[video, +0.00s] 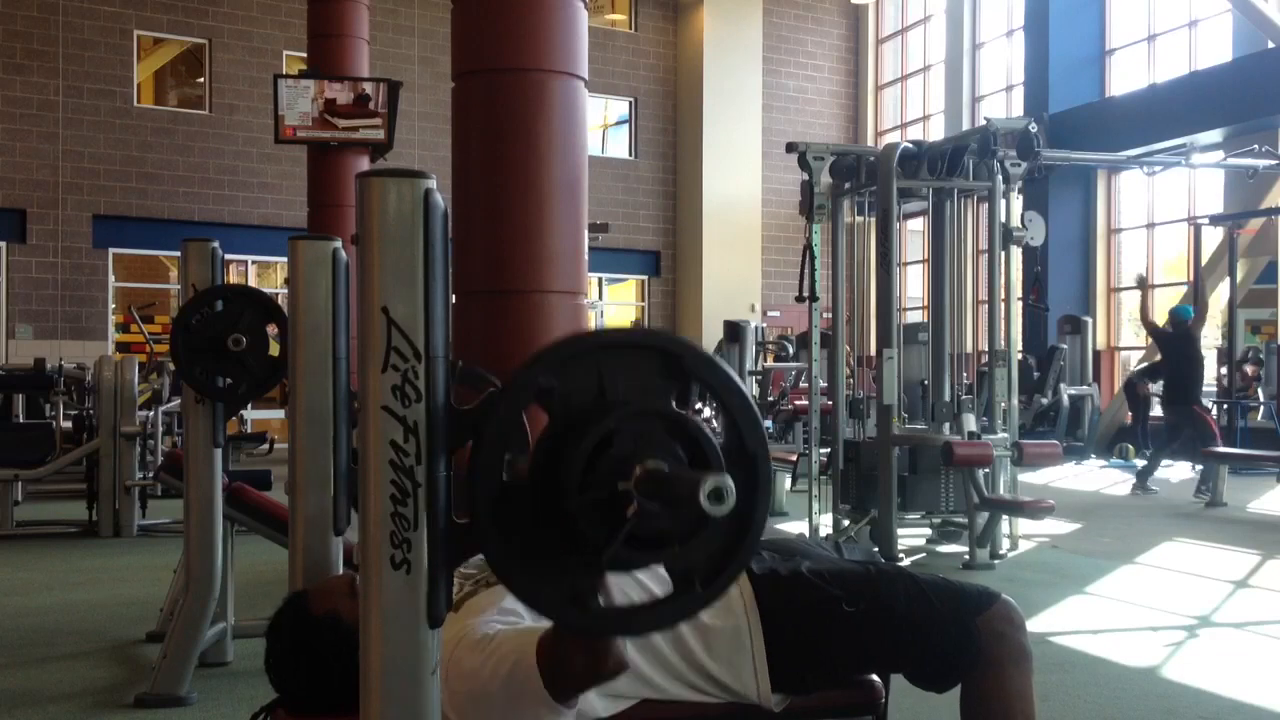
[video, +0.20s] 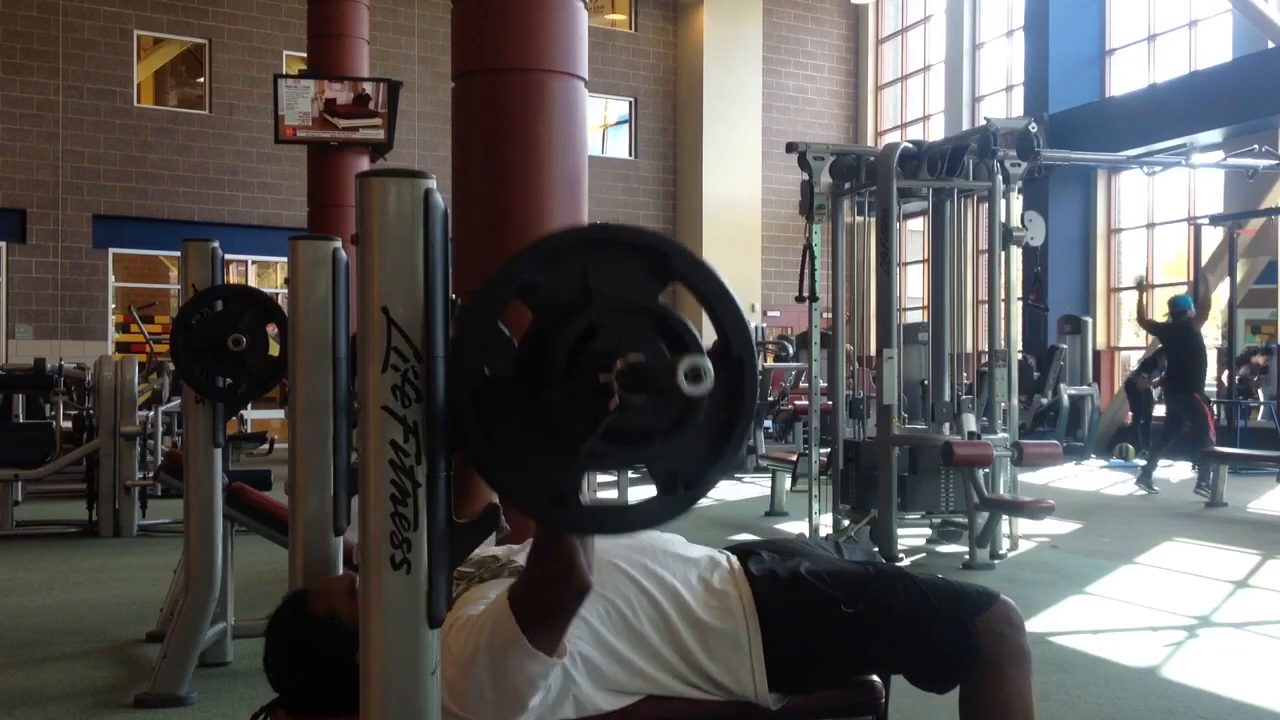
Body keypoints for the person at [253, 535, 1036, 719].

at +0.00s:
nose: (366, 577)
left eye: (352, 579)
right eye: (350, 595)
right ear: (358, 649)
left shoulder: (465, 603)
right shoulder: (452, 671)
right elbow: (585, 660)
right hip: (728, 622)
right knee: (988, 624)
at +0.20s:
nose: (367, 570)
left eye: (352, 570)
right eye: (352, 585)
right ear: (356, 639)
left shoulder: (462, 603)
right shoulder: (467, 683)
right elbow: (559, 579)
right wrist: (538, 457)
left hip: (738, 577)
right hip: (755, 610)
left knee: (861, 693)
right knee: (987, 624)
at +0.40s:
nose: (366, 565)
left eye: (347, 566)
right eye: (348, 583)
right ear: (359, 648)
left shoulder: (445, 631)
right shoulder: (473, 675)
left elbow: (468, 485)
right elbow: (519, 510)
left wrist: (495, 345)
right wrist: (523, 337)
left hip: (730, 570)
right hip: (757, 614)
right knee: (991, 626)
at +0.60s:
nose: (363, 571)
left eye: (347, 571)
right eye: (348, 587)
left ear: (349, 648)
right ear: (356, 642)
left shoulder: (446, 635)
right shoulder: (469, 670)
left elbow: (488, 484)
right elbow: (505, 481)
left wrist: (497, 336)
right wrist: (530, 311)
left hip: (724, 576)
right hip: (747, 616)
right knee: (990, 628)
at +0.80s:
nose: (362, 581)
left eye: (346, 582)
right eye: (346, 597)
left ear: (354, 639)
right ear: (358, 649)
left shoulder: (438, 629)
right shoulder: (461, 679)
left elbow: (489, 498)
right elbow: (501, 506)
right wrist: (516, 357)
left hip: (717, 578)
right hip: (739, 620)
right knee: (990, 627)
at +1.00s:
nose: (365, 572)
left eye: (348, 572)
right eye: (349, 591)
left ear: (348, 664)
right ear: (358, 651)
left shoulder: (447, 633)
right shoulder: (470, 675)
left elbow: (554, 516)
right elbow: (541, 523)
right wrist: (510, 362)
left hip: (730, 578)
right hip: (754, 616)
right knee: (992, 629)